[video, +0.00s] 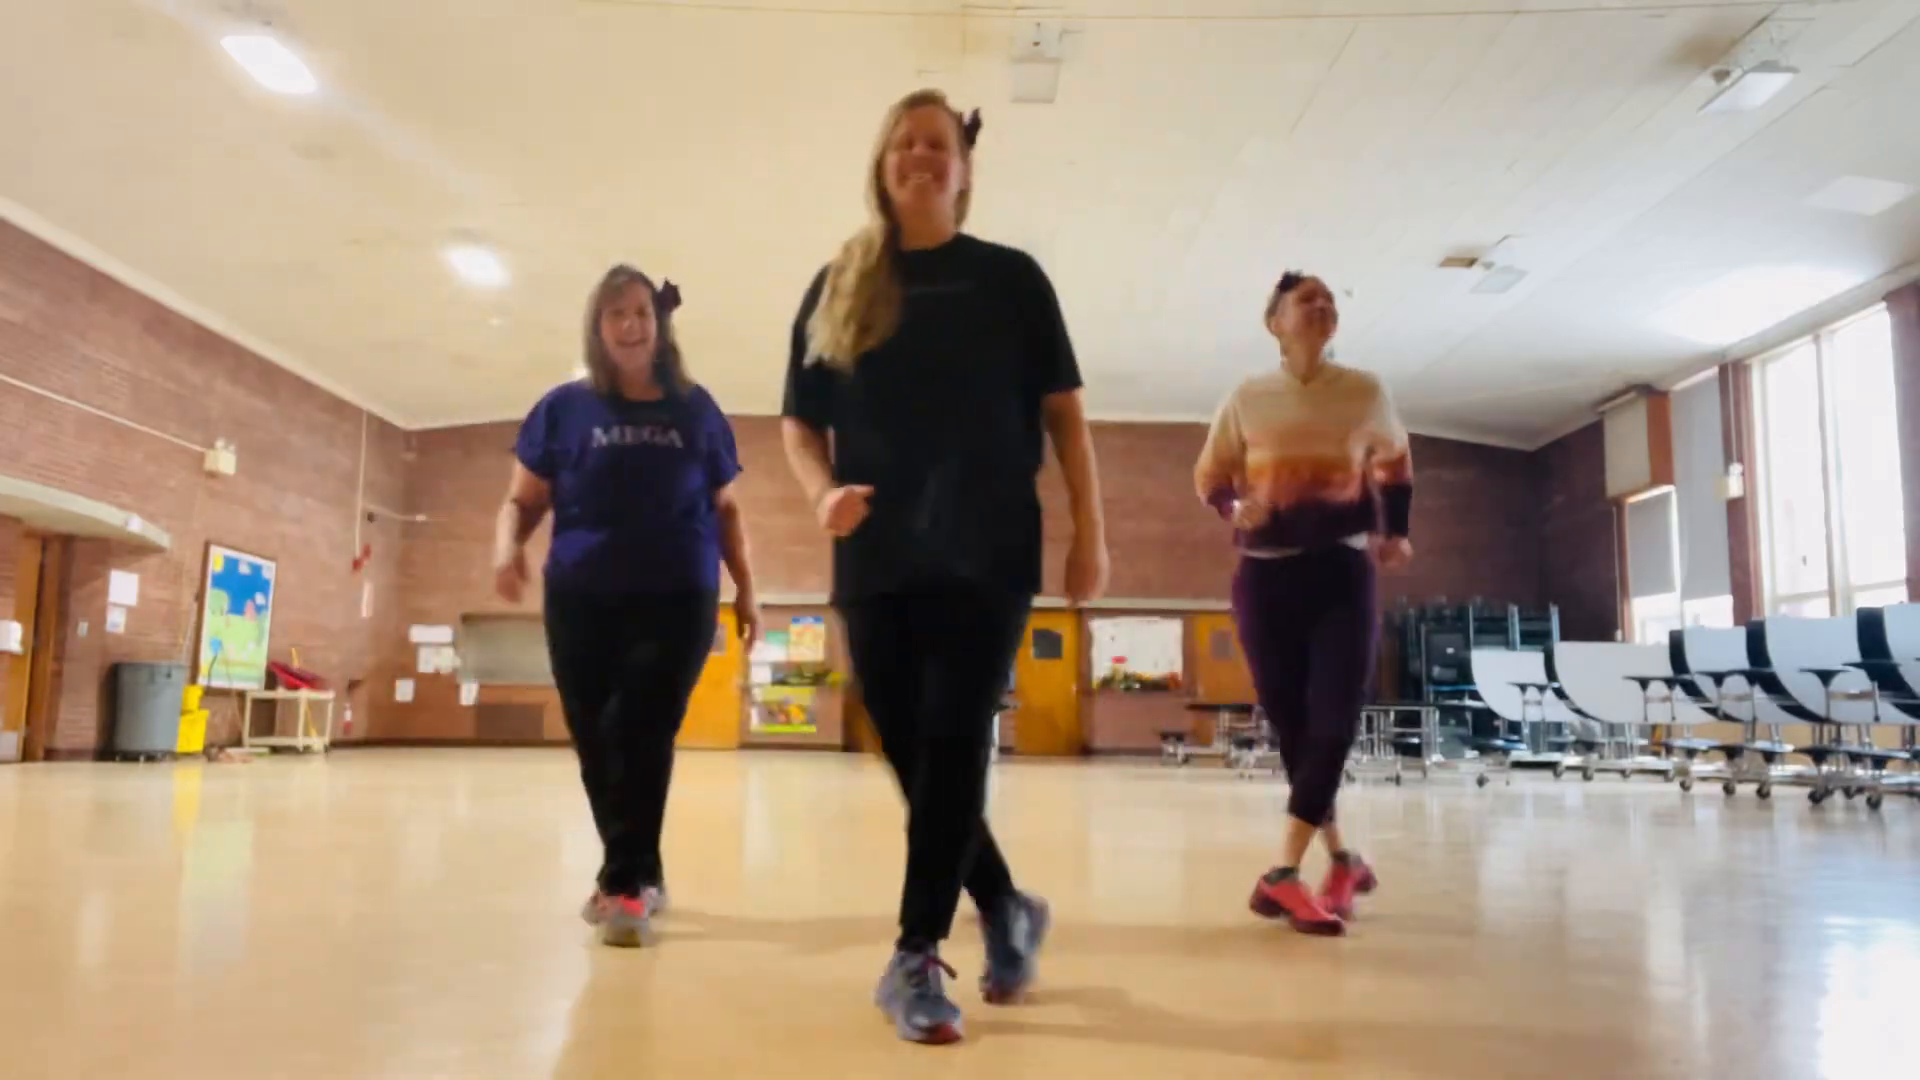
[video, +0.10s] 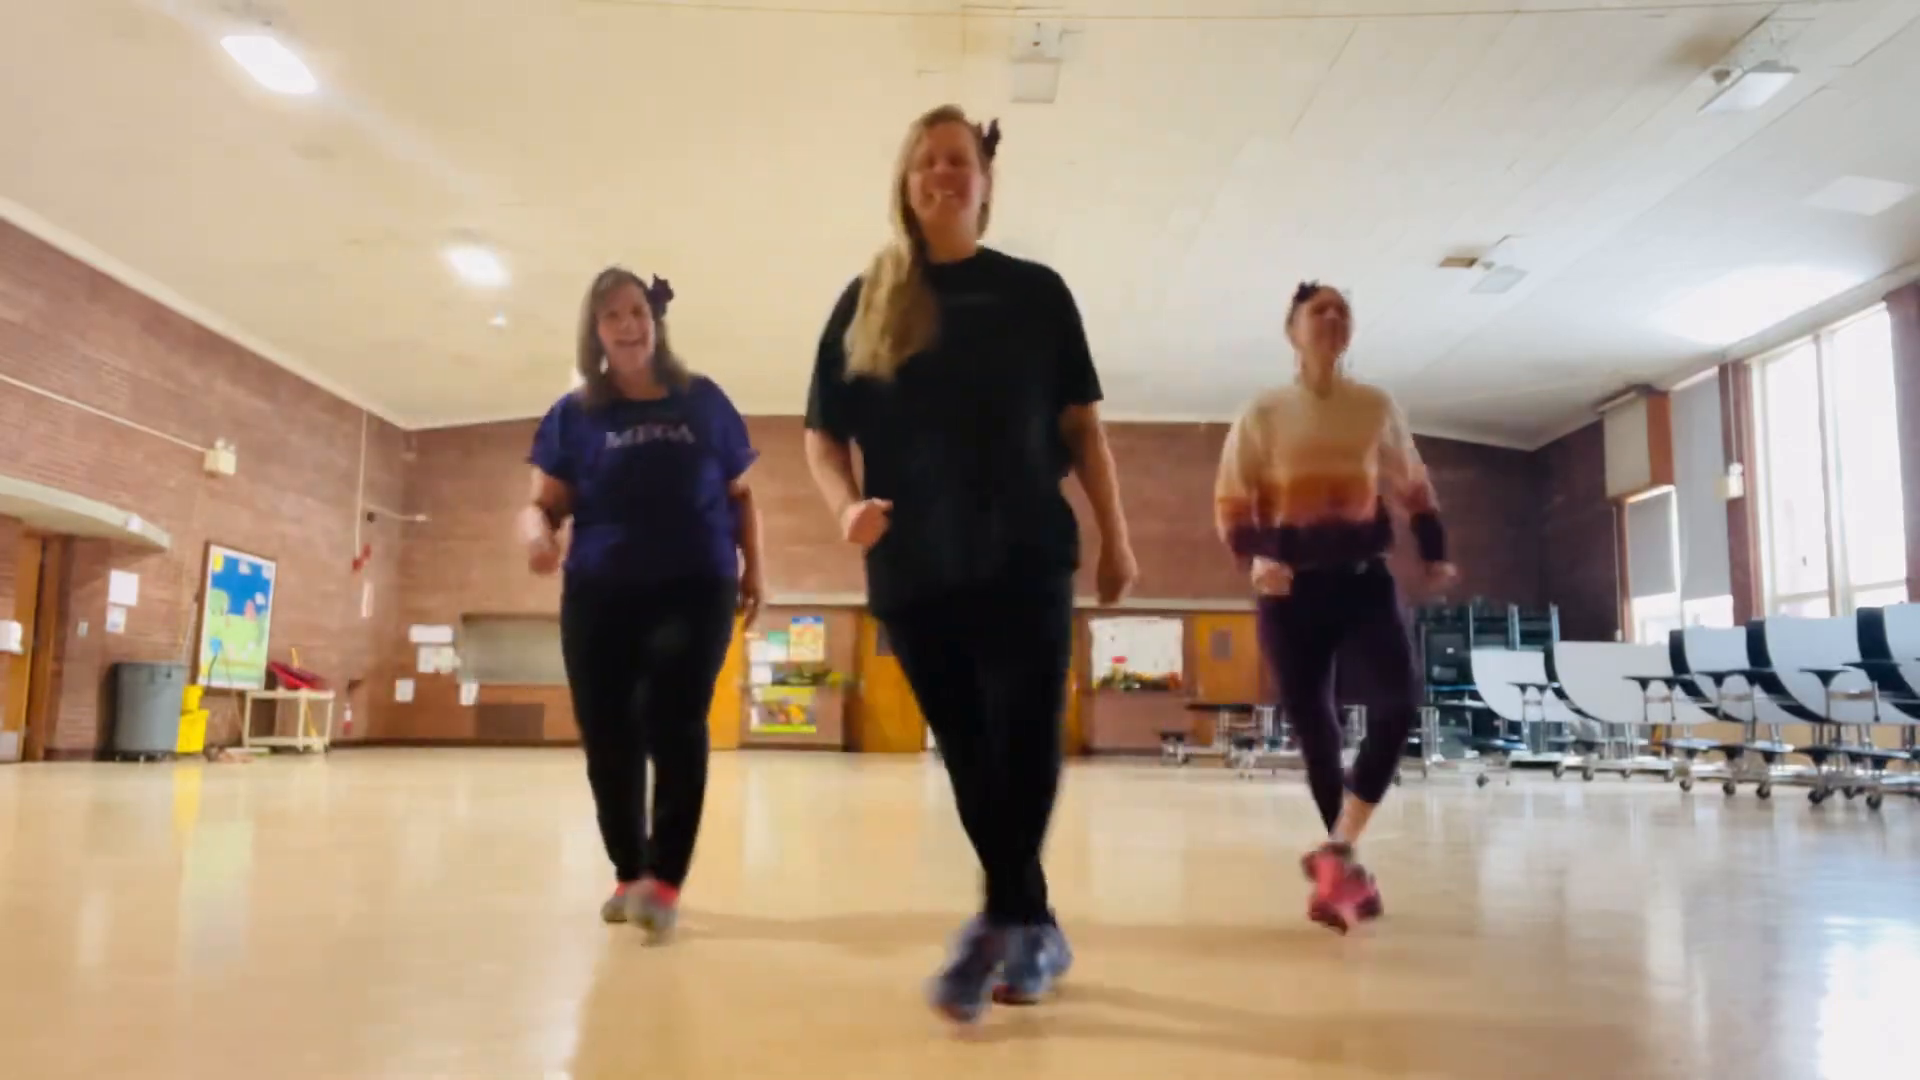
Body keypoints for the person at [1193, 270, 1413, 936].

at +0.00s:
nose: (1320, 306)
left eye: (1327, 299)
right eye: (1304, 299)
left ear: (1336, 322)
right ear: (1274, 322)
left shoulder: (1362, 391)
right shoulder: (1246, 399)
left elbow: (1395, 463)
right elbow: (1209, 476)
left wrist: (1394, 528)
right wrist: (1232, 506)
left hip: (1342, 571)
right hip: (1267, 576)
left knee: (1332, 722)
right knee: (1292, 726)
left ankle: (1284, 873)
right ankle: (1342, 860)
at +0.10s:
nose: (1333, 320)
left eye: (1341, 313)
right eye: (1319, 311)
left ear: (1351, 332)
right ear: (1292, 330)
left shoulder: (1377, 409)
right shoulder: (1260, 417)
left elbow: (1415, 489)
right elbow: (1233, 506)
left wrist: (1435, 551)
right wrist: (1255, 557)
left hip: (1362, 581)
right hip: (1291, 584)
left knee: (1397, 708)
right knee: (1317, 732)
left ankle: (1337, 851)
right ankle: (1350, 870)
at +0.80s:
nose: (1449, 284)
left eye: (1461, 274)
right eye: (1438, 274)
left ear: (1479, 287)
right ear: (1421, 287)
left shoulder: (1511, 361)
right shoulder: (1394, 366)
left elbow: (1528, 448)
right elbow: (1362, 456)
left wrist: (1506, 379)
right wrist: (1403, 405)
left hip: (1480, 538)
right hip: (1403, 532)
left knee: (1488, 706)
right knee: (1364, 636)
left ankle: (1499, 864)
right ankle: (1388, 740)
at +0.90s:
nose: (1448, 298)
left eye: (1459, 288)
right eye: (1437, 288)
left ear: (1477, 301)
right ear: (1420, 302)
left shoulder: (1511, 375)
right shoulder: (1392, 380)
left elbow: (1535, 465)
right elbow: (1361, 469)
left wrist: (1496, 436)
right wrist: (1390, 453)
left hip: (1478, 556)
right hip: (1401, 552)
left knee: (1477, 717)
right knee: (1374, 666)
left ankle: (1473, 872)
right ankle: (1390, 780)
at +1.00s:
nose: (1450, 325)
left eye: (1461, 315)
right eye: (1438, 315)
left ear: (1480, 326)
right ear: (1421, 328)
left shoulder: (1515, 405)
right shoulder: (1391, 407)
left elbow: (1538, 501)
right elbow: (1363, 499)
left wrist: (1475, 480)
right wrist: (1423, 482)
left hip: (1479, 586)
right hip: (1400, 582)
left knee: (1484, 737)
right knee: (1386, 728)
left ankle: (1469, 879)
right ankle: (1386, 861)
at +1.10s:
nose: (1446, 322)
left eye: (1458, 312)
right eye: (1435, 312)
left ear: (1478, 324)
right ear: (1419, 324)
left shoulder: (1509, 409)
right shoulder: (1384, 403)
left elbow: (1538, 502)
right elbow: (1340, 487)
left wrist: (1510, 536)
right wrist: (1382, 524)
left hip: (1469, 581)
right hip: (1390, 578)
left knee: (1484, 737)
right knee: (1372, 721)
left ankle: (1473, 879)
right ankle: (1387, 841)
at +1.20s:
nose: (1432, 308)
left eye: (1444, 298)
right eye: (1422, 298)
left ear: (1464, 309)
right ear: (1405, 308)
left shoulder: (1496, 395)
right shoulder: (1369, 387)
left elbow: (1539, 471)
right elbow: (1312, 459)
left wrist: (1537, 528)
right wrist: (1320, 512)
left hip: (1449, 564)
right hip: (1374, 556)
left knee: (1463, 721)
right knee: (1337, 672)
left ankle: (1477, 873)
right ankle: (1370, 801)